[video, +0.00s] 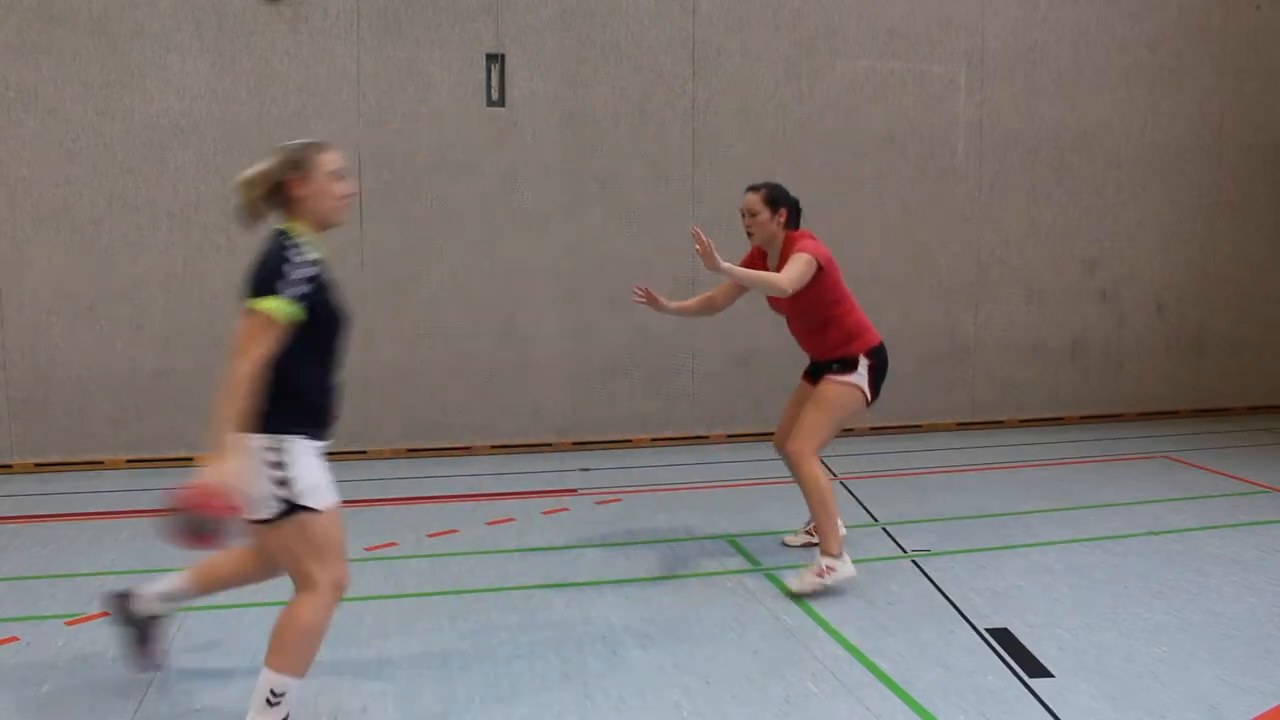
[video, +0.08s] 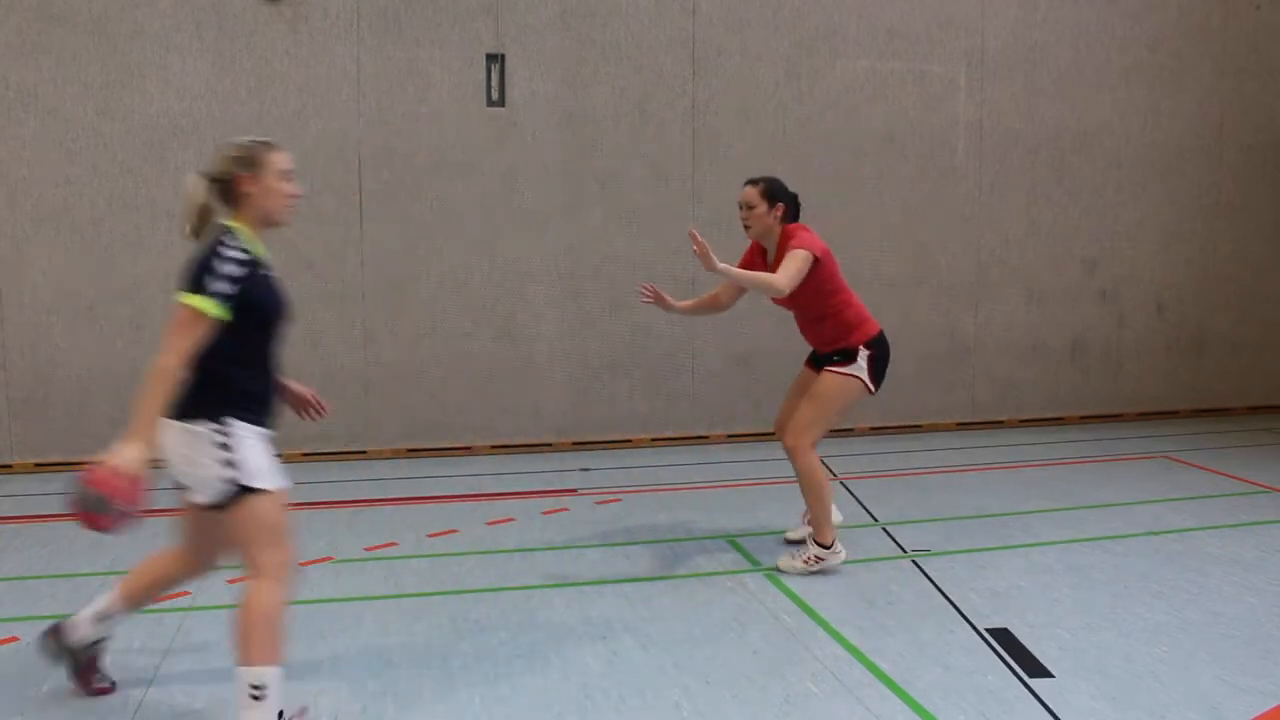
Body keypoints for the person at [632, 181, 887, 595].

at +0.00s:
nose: (745, 224)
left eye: (751, 216)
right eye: (743, 217)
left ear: (780, 217)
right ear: (754, 222)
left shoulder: (806, 249)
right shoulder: (759, 256)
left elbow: (785, 283)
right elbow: (716, 301)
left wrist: (724, 268)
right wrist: (669, 306)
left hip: (857, 361)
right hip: (825, 362)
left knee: (802, 448)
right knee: (785, 442)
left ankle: (834, 557)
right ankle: (827, 523)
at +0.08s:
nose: (741, 216)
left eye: (748, 208)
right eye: (740, 209)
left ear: (776, 210)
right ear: (760, 214)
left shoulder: (801, 241)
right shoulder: (758, 252)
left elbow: (782, 285)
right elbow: (721, 299)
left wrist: (719, 267)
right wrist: (678, 306)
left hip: (859, 351)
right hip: (827, 352)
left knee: (799, 439)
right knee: (786, 431)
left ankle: (826, 546)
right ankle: (822, 512)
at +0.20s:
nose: (742, 221)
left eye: (749, 213)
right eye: (741, 214)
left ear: (777, 216)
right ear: (765, 220)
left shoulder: (801, 249)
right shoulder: (762, 260)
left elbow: (780, 294)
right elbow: (733, 306)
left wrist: (718, 276)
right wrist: (689, 313)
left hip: (855, 360)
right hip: (825, 358)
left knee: (799, 448)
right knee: (786, 424)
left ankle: (827, 549)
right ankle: (819, 496)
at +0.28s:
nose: (744, 227)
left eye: (751, 220)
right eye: (743, 220)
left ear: (778, 224)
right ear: (769, 226)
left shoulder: (801, 255)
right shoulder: (763, 267)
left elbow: (783, 301)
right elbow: (736, 314)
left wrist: (724, 283)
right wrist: (693, 318)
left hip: (854, 362)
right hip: (826, 363)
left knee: (795, 449)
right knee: (787, 429)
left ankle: (827, 549)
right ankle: (824, 488)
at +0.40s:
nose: (746, 230)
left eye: (753, 223)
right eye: (745, 223)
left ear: (779, 227)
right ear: (770, 229)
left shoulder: (802, 258)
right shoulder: (765, 265)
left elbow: (796, 311)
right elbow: (745, 316)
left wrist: (740, 292)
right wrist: (701, 320)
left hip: (850, 361)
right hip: (822, 364)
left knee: (798, 445)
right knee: (791, 435)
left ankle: (826, 547)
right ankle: (830, 498)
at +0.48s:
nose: (745, 221)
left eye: (752, 214)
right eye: (744, 214)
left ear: (778, 218)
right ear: (755, 220)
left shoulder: (801, 250)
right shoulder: (765, 256)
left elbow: (808, 309)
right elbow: (755, 308)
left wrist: (752, 304)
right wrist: (712, 317)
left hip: (850, 348)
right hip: (821, 350)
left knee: (807, 434)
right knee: (797, 430)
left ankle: (823, 537)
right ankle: (830, 495)